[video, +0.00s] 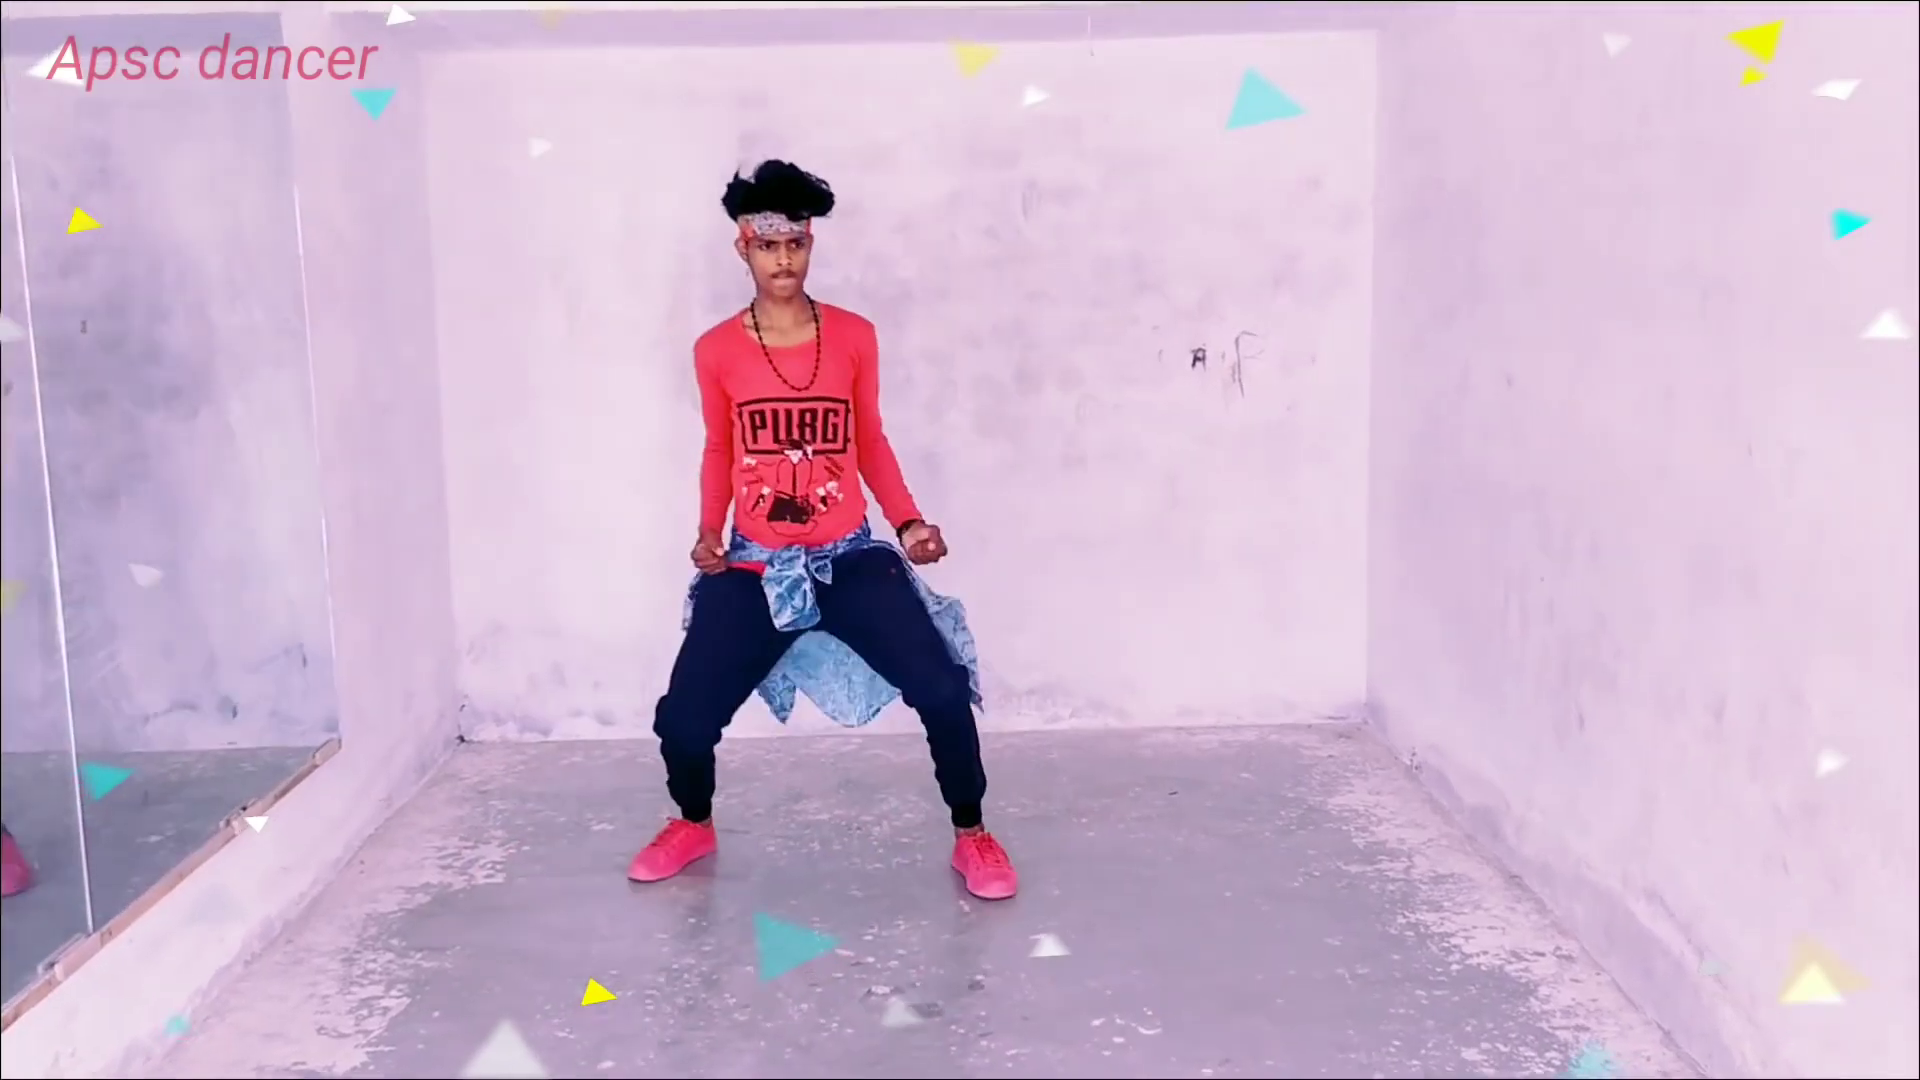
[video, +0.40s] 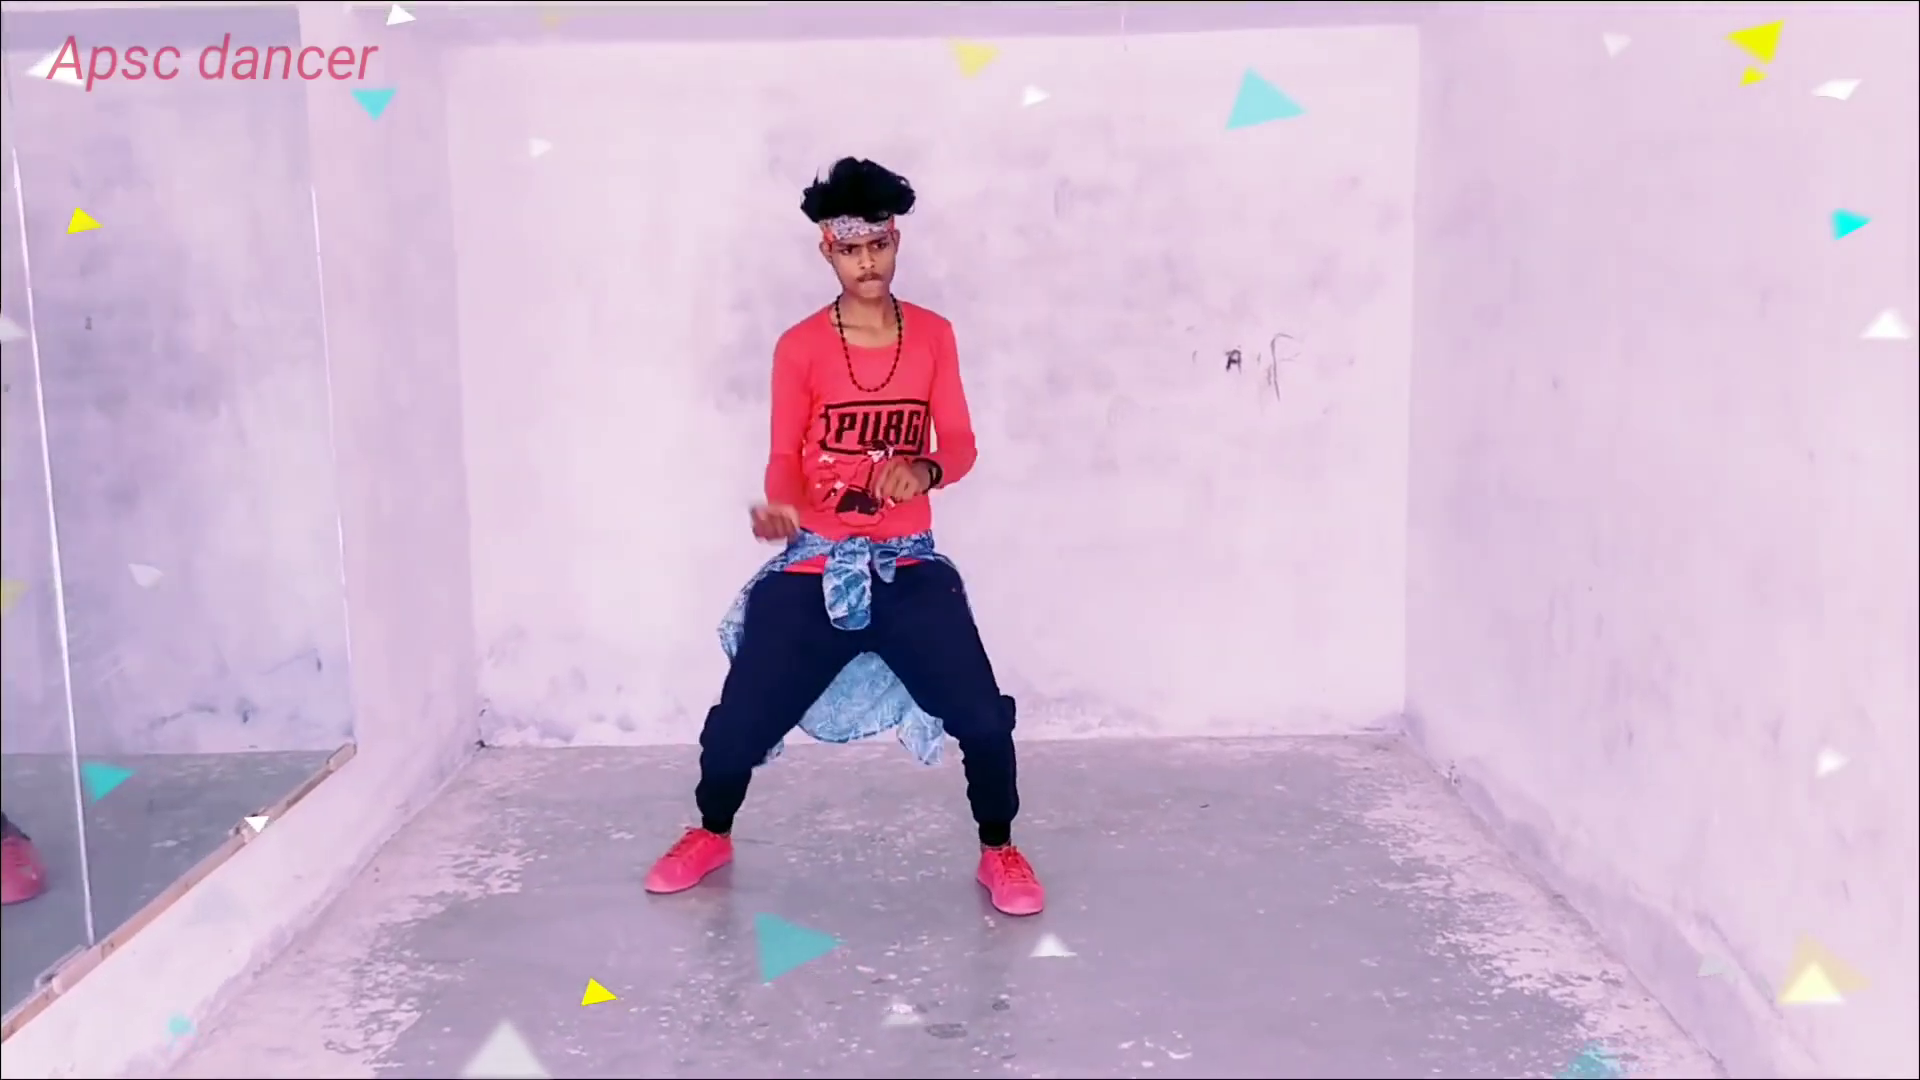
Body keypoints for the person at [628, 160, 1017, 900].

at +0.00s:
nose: (784, 259)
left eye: (796, 242)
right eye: (769, 244)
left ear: (812, 248)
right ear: (743, 249)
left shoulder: (853, 337)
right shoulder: (716, 350)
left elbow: (869, 440)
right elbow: (720, 446)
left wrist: (908, 522)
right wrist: (710, 530)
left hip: (847, 561)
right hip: (752, 566)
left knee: (944, 691)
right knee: (683, 721)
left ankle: (973, 835)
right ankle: (693, 825)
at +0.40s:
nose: (867, 263)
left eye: (878, 244)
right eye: (849, 248)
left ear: (897, 244)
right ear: (827, 251)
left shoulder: (931, 336)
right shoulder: (799, 348)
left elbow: (960, 446)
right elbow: (785, 461)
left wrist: (925, 471)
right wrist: (781, 510)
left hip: (910, 570)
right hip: (814, 570)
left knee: (985, 721)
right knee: (730, 735)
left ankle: (1000, 852)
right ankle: (711, 836)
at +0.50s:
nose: (881, 244)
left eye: (893, 226)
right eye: (863, 228)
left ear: (912, 226)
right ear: (839, 230)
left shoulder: (946, 307)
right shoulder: (812, 313)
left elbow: (986, 410)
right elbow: (750, 421)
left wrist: (997, 515)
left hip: (923, 546)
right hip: (826, 543)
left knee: (982, 717)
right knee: (723, 702)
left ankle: (1001, 855)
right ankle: (704, 824)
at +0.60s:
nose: (878, 223)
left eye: (891, 204)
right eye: (860, 205)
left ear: (912, 203)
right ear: (837, 208)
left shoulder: (951, 291)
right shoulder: (813, 284)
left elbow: (1028, 384)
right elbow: (699, 290)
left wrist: (1098, 489)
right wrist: (742, 223)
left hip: (930, 545)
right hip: (837, 536)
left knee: (972, 716)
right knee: (716, 657)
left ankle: (1001, 857)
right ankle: (709, 814)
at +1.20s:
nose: (853, 262)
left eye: (866, 244)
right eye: (834, 245)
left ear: (884, 247)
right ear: (806, 250)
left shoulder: (919, 342)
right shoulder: (783, 332)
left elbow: (1012, 435)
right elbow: (702, 343)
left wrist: (1115, 520)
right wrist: (721, 270)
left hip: (899, 598)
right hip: (804, 592)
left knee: (951, 771)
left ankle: (1003, 896)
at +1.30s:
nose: (826, 268)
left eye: (841, 249)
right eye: (809, 252)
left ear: (863, 246)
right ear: (788, 252)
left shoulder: (903, 340)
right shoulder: (773, 345)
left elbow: (952, 449)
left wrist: (1004, 553)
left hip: (897, 553)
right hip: (800, 558)